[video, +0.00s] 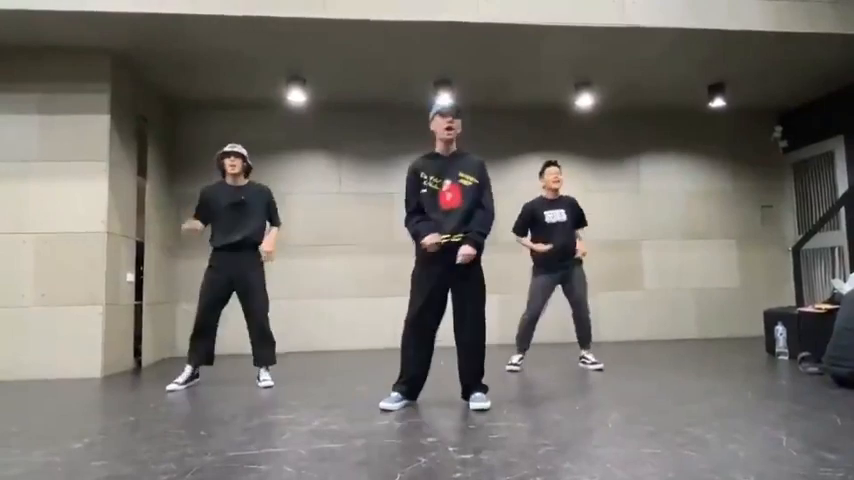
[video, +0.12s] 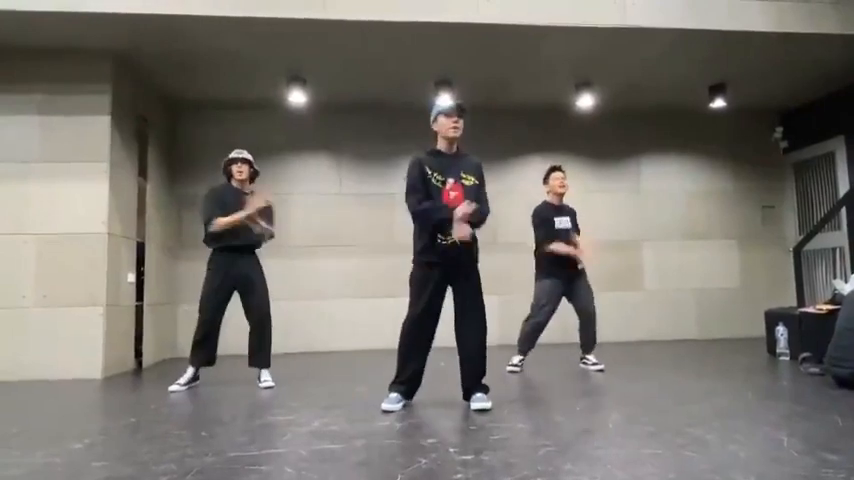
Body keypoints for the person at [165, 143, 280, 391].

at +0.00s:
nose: (232, 161)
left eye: (236, 157)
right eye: (228, 157)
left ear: (245, 163)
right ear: (222, 163)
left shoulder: (261, 192)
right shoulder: (210, 192)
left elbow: (275, 224)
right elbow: (198, 221)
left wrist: (269, 241)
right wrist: (191, 225)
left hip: (250, 261)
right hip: (220, 261)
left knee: (257, 315)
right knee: (205, 314)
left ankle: (263, 368)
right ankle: (192, 368)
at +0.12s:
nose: (240, 168)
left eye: (244, 164)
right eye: (235, 164)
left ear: (251, 169)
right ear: (229, 168)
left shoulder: (258, 200)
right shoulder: (216, 194)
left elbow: (267, 234)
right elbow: (212, 226)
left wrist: (254, 217)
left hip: (248, 262)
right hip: (220, 262)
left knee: (261, 315)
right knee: (207, 315)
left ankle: (263, 370)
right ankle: (193, 370)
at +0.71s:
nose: (215, 167)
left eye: (220, 163)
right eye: (212, 164)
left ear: (230, 168)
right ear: (208, 170)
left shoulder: (246, 194)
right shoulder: (208, 201)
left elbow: (263, 228)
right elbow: (192, 229)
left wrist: (267, 207)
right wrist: (167, 213)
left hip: (237, 263)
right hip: (211, 263)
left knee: (246, 318)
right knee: (203, 318)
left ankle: (262, 369)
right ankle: (193, 372)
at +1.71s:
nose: (229, 166)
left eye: (234, 163)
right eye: (226, 162)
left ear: (242, 169)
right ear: (219, 167)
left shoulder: (253, 195)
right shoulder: (207, 198)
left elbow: (267, 228)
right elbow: (193, 230)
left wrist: (280, 215)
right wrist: (163, 225)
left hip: (244, 264)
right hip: (215, 264)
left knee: (255, 319)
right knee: (203, 317)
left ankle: (267, 369)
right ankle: (196, 372)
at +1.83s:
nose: (229, 169)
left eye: (234, 165)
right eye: (226, 164)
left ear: (242, 171)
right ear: (219, 168)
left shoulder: (251, 196)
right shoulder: (206, 197)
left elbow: (271, 219)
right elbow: (183, 224)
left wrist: (289, 216)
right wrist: (150, 230)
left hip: (240, 264)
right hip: (212, 265)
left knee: (251, 318)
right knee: (198, 319)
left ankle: (266, 368)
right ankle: (199, 375)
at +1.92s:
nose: (221, 166)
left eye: (226, 162)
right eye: (217, 162)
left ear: (235, 168)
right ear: (211, 167)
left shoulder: (246, 195)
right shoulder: (199, 195)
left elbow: (278, 215)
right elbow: (179, 212)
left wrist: (276, 205)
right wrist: (161, 201)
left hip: (232, 264)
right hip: (204, 265)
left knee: (247, 316)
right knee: (196, 320)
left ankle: (264, 367)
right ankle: (199, 373)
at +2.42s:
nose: (203, 169)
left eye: (206, 164)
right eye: (200, 166)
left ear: (219, 166)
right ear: (199, 171)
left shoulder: (230, 195)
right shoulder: (209, 196)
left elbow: (236, 235)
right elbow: (206, 231)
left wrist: (228, 264)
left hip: (213, 255)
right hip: (196, 254)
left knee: (211, 314)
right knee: (194, 315)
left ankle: (223, 371)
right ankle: (204, 367)